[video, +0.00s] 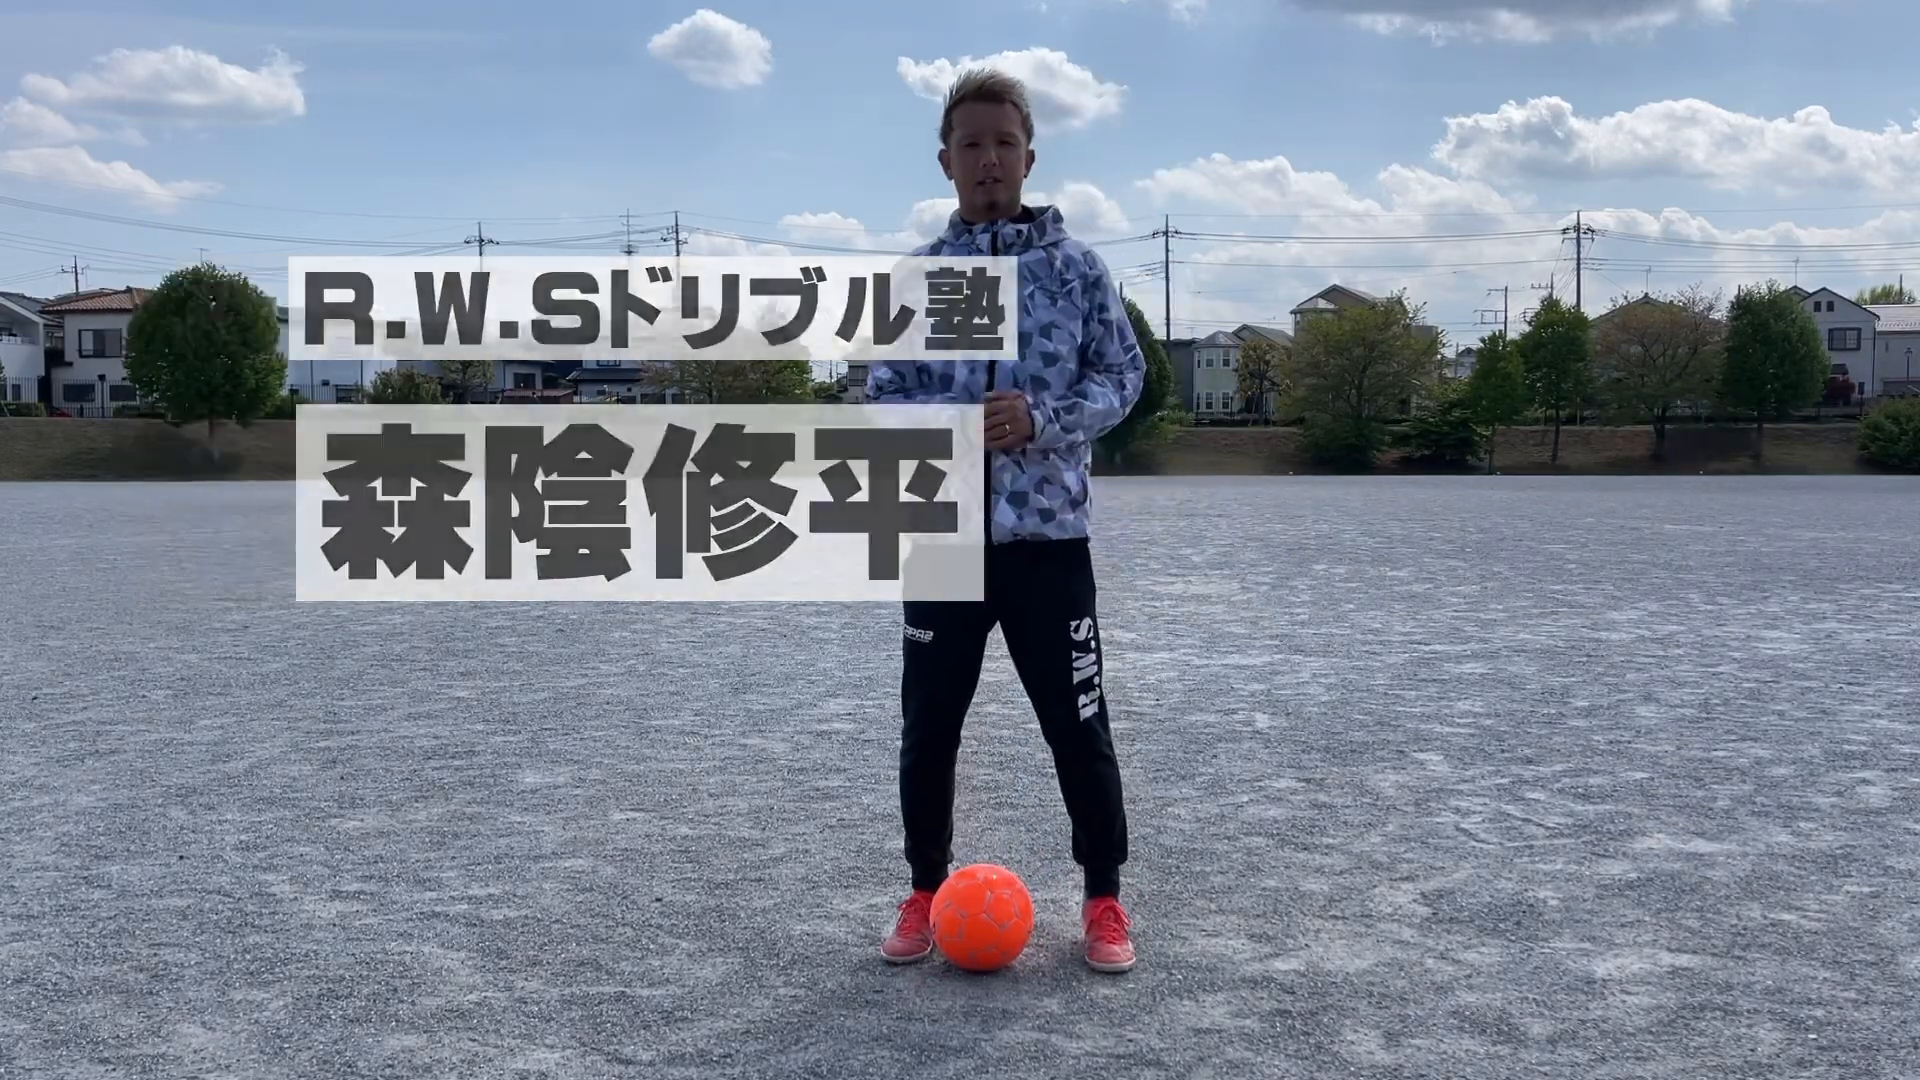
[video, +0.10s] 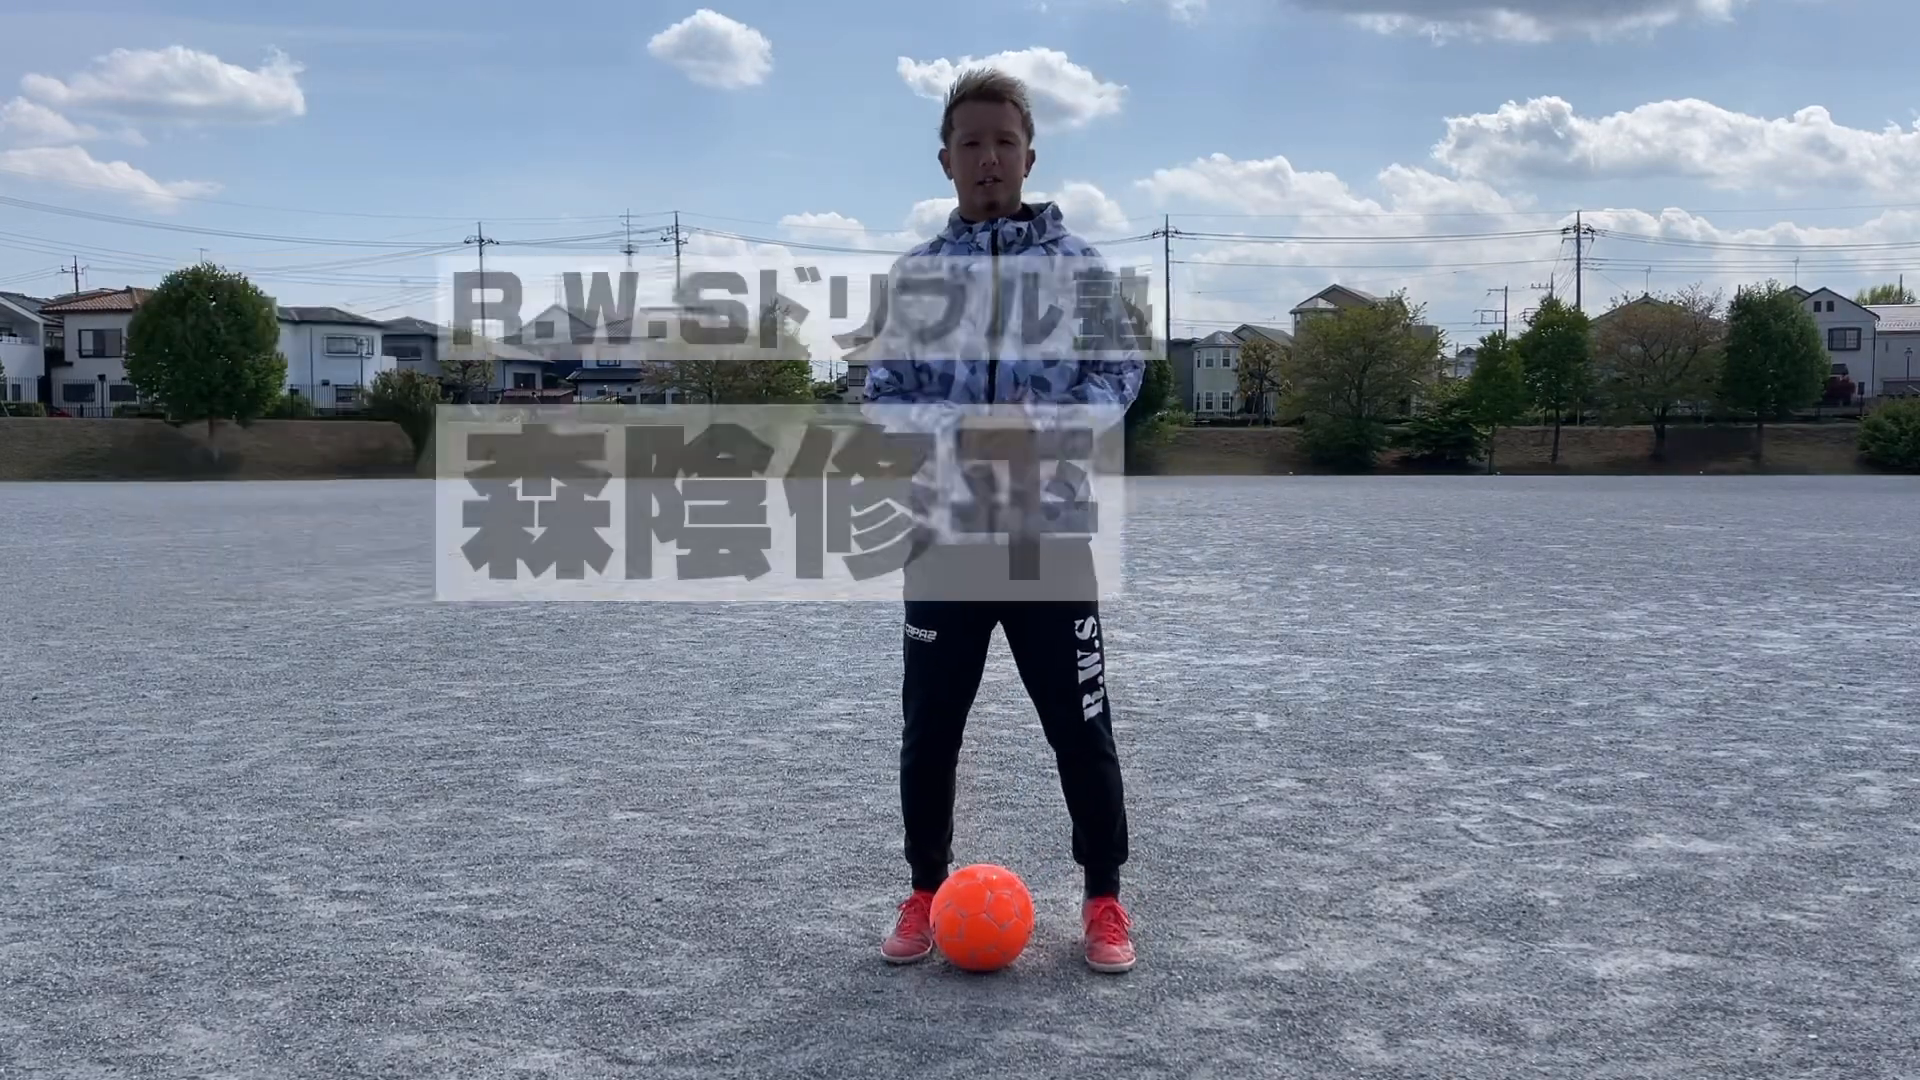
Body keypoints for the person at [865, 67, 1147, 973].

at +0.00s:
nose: (989, 159)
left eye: (1005, 142)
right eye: (971, 144)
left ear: (1030, 153)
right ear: (946, 158)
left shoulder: (1075, 266)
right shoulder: (914, 275)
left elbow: (1122, 382)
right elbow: (872, 384)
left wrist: (1042, 419)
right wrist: (941, 418)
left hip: (1045, 536)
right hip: (941, 536)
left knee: (1078, 723)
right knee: (927, 725)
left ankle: (1103, 902)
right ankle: (925, 894)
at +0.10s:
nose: (989, 157)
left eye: (1005, 141)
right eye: (970, 143)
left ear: (1031, 153)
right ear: (946, 158)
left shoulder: (1075, 262)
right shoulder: (918, 271)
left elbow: (1118, 378)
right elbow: (882, 390)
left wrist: (1033, 428)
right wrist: (968, 423)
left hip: (1052, 538)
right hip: (945, 537)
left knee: (1081, 728)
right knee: (927, 728)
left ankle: (1103, 901)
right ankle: (926, 894)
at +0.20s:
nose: (992, 158)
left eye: (1008, 142)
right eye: (974, 144)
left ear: (1033, 155)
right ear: (950, 159)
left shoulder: (1078, 263)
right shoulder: (916, 275)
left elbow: (1115, 382)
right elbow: (884, 400)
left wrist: (1049, 458)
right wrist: (948, 453)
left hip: (1053, 543)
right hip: (947, 545)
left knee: (1086, 732)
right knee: (928, 733)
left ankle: (1105, 902)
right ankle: (926, 895)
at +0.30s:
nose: (998, 154)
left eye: (1015, 139)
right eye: (981, 140)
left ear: (1040, 154)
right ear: (957, 156)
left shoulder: (1083, 265)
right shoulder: (922, 271)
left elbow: (1107, 395)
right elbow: (899, 401)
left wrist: (1080, 503)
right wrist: (925, 499)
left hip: (1053, 538)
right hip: (950, 538)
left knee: (1088, 725)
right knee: (929, 725)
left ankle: (1106, 900)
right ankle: (926, 894)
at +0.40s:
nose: (1004, 151)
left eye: (1022, 136)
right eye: (988, 135)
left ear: (1046, 151)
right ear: (963, 150)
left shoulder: (1088, 265)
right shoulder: (927, 269)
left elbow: (1118, 400)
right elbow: (900, 404)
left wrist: (1129, 510)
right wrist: (886, 513)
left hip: (1056, 535)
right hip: (951, 535)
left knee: (1082, 725)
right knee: (933, 727)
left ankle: (1103, 901)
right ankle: (927, 894)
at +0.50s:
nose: (1012, 157)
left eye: (1030, 142)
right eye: (994, 141)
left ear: (1053, 159)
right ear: (969, 157)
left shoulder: (1092, 271)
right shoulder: (933, 277)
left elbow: (1141, 400)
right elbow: (888, 402)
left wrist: (1170, 509)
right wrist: (854, 511)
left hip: (1057, 542)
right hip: (953, 541)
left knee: (1080, 731)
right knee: (938, 731)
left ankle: (1102, 906)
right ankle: (931, 898)